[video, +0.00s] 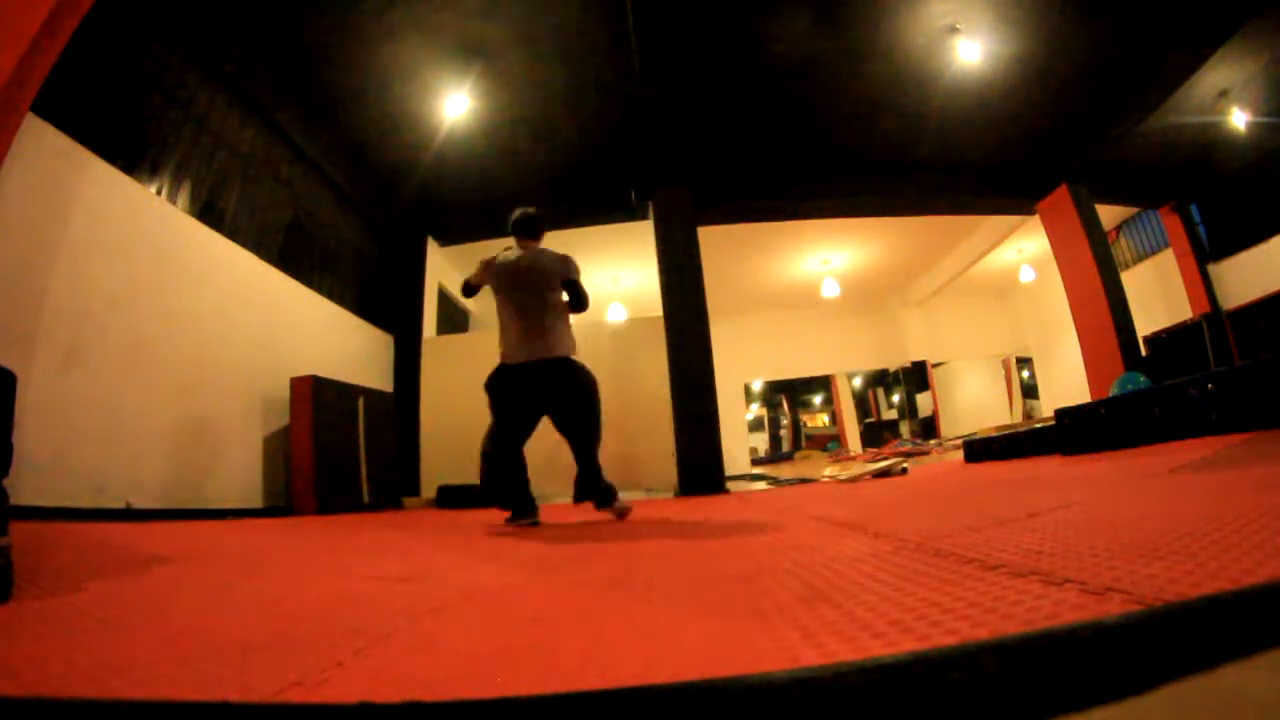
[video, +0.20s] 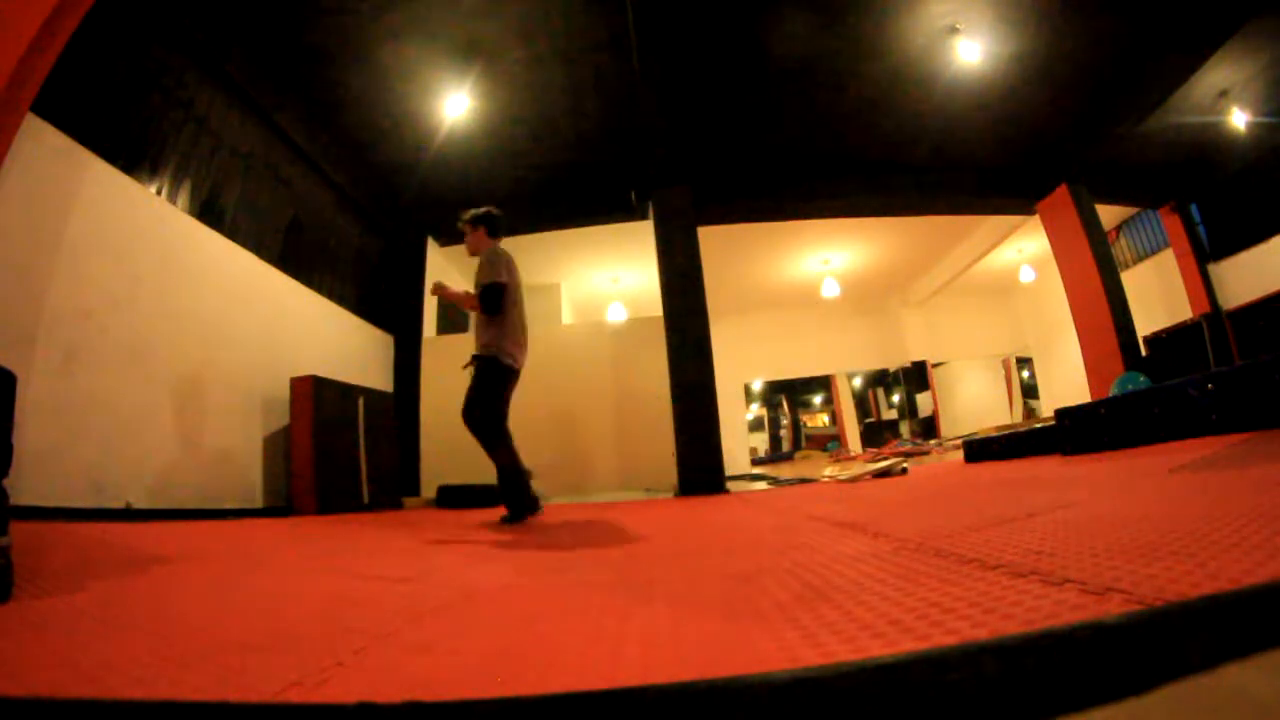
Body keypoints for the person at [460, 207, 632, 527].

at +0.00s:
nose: (528, 237)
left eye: (521, 233)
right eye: (533, 230)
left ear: (511, 235)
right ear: (542, 233)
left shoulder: (496, 265)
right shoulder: (561, 262)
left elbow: (468, 290)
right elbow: (580, 303)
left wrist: (489, 269)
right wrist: (552, 309)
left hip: (516, 375)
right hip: (562, 371)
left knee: (505, 444)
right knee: (584, 441)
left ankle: (522, 509)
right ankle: (601, 495)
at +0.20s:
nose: (465, 241)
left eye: (469, 234)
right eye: (465, 234)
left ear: (484, 233)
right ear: (485, 234)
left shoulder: (494, 257)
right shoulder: (495, 259)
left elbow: (491, 303)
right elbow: (492, 310)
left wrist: (451, 295)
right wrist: (480, 355)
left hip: (500, 355)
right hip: (498, 356)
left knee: (478, 415)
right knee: (489, 420)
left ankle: (520, 494)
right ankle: (518, 494)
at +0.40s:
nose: (426, 241)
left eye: (432, 234)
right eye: (427, 235)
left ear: (450, 236)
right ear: (443, 238)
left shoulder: (478, 268)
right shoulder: (440, 280)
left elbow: (505, 304)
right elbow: (446, 323)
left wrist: (464, 307)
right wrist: (416, 319)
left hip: (474, 374)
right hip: (439, 374)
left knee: (502, 440)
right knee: (410, 436)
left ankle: (519, 503)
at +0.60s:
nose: (385, 237)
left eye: (391, 231)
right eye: (385, 231)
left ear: (411, 235)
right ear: (394, 237)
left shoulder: (435, 272)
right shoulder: (383, 276)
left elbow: (455, 320)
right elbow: (377, 325)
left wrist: (426, 309)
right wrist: (367, 312)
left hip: (419, 369)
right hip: (382, 368)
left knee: (430, 442)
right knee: (368, 442)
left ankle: (484, 492)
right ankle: (368, 514)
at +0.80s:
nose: (354, 222)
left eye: (360, 215)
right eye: (353, 216)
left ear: (379, 218)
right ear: (355, 221)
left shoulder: (404, 256)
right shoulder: (348, 259)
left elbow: (421, 303)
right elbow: (332, 310)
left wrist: (385, 302)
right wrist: (332, 292)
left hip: (388, 350)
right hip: (353, 351)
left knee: (375, 428)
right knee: (349, 429)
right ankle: (357, 508)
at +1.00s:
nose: (320, 216)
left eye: (326, 209)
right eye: (320, 210)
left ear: (347, 213)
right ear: (333, 215)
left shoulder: (371, 253)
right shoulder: (323, 255)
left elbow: (384, 306)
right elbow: (321, 305)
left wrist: (343, 301)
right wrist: (296, 310)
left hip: (343, 349)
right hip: (317, 349)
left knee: (321, 434)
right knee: (332, 435)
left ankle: (296, 519)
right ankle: (357, 509)